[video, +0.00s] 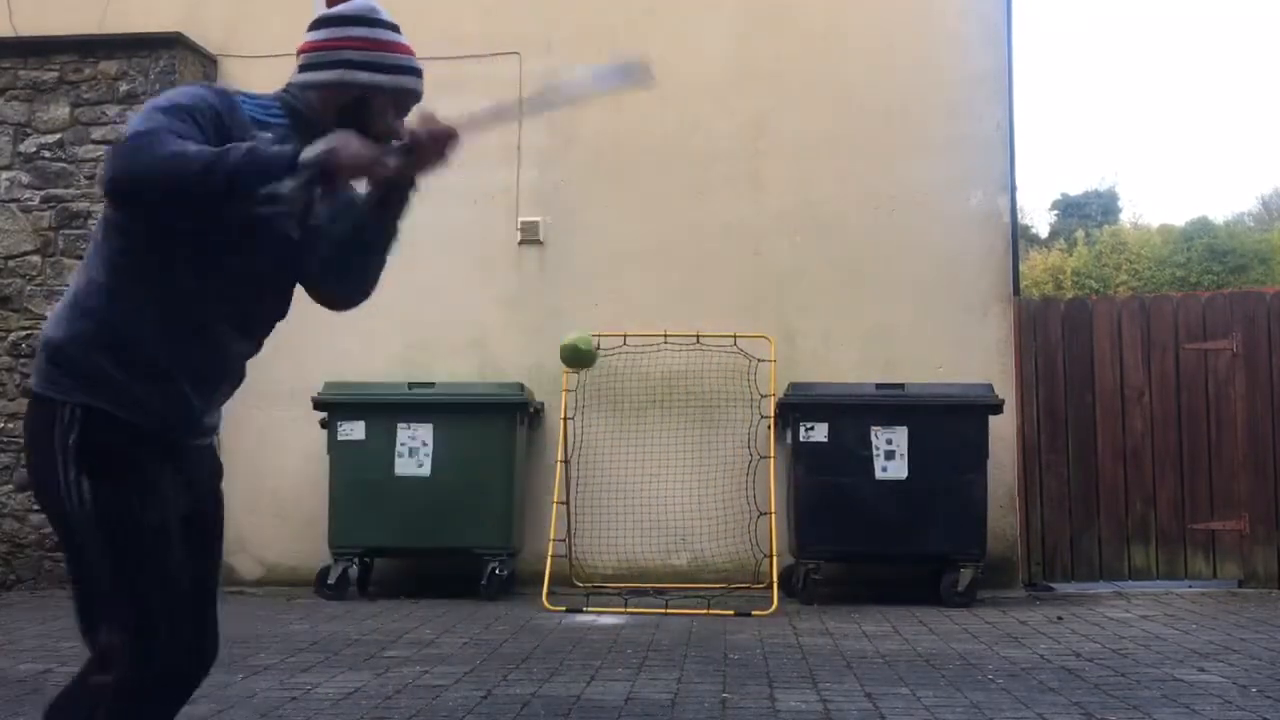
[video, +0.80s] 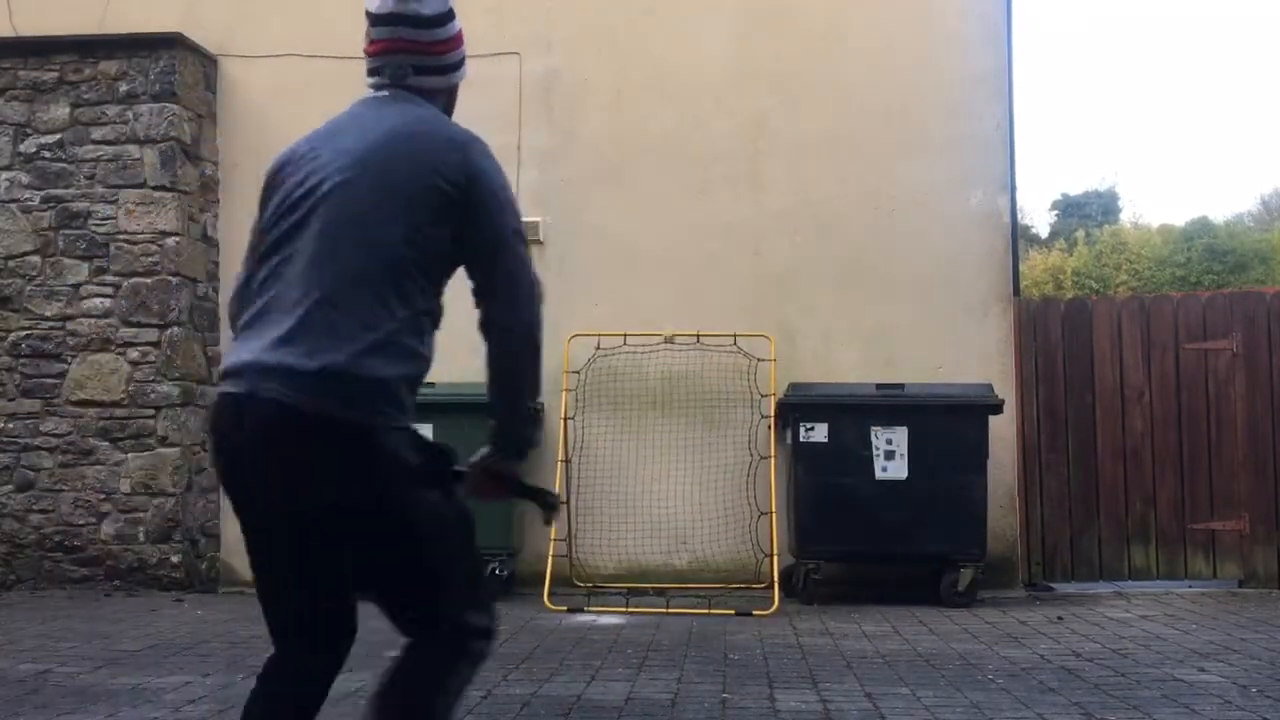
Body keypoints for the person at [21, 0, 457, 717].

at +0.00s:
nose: (402, 126)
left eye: (406, 109)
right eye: (397, 106)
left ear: (340, 91)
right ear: (350, 92)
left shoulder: (329, 184)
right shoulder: (211, 111)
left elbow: (339, 286)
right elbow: (131, 167)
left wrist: (396, 181)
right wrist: (300, 160)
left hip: (183, 423)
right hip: (92, 406)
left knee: (185, 652)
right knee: (137, 654)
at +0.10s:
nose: (404, 137)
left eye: (409, 118)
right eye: (399, 113)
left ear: (344, 104)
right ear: (344, 100)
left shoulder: (315, 177)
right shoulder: (205, 130)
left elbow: (335, 275)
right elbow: (185, 231)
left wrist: (367, 192)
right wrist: (330, 179)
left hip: (165, 424)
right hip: (79, 414)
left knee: (183, 635)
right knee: (179, 638)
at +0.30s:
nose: (399, 156)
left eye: (405, 135)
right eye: (396, 133)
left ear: (340, 115)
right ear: (352, 119)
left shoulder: (288, 177)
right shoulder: (274, 178)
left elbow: (317, 338)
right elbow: (256, 365)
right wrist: (315, 471)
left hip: (134, 431)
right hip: (90, 429)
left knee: (180, 660)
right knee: (161, 664)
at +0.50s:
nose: (399, 126)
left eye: (403, 107)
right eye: (401, 107)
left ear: (321, 82)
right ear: (386, 99)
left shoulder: (260, 143)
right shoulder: (354, 172)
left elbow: (220, 325)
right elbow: (363, 331)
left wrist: (300, 448)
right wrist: (364, 452)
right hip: (151, 426)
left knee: (257, 613)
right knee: (190, 657)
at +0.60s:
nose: (417, 87)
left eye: (415, 74)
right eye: (417, 74)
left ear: (332, 63)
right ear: (406, 74)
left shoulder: (256, 133)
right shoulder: (398, 149)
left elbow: (203, 275)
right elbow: (416, 303)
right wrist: (388, 416)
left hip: (161, 403)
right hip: (246, 419)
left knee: (258, 652)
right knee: (278, 664)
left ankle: (163, 515)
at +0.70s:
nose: (425, 90)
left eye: (425, 78)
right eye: (426, 77)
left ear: (342, 67)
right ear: (421, 76)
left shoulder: (268, 145)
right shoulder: (416, 152)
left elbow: (228, 297)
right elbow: (455, 304)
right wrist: (434, 423)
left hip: (194, 415)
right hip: (286, 425)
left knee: (283, 646)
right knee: (354, 656)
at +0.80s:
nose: (457, 82)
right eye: (456, 71)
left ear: (373, 69)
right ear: (452, 75)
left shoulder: (300, 151)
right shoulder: (458, 155)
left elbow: (247, 303)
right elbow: (512, 308)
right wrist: (510, 446)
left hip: (241, 417)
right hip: (348, 424)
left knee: (310, 639)